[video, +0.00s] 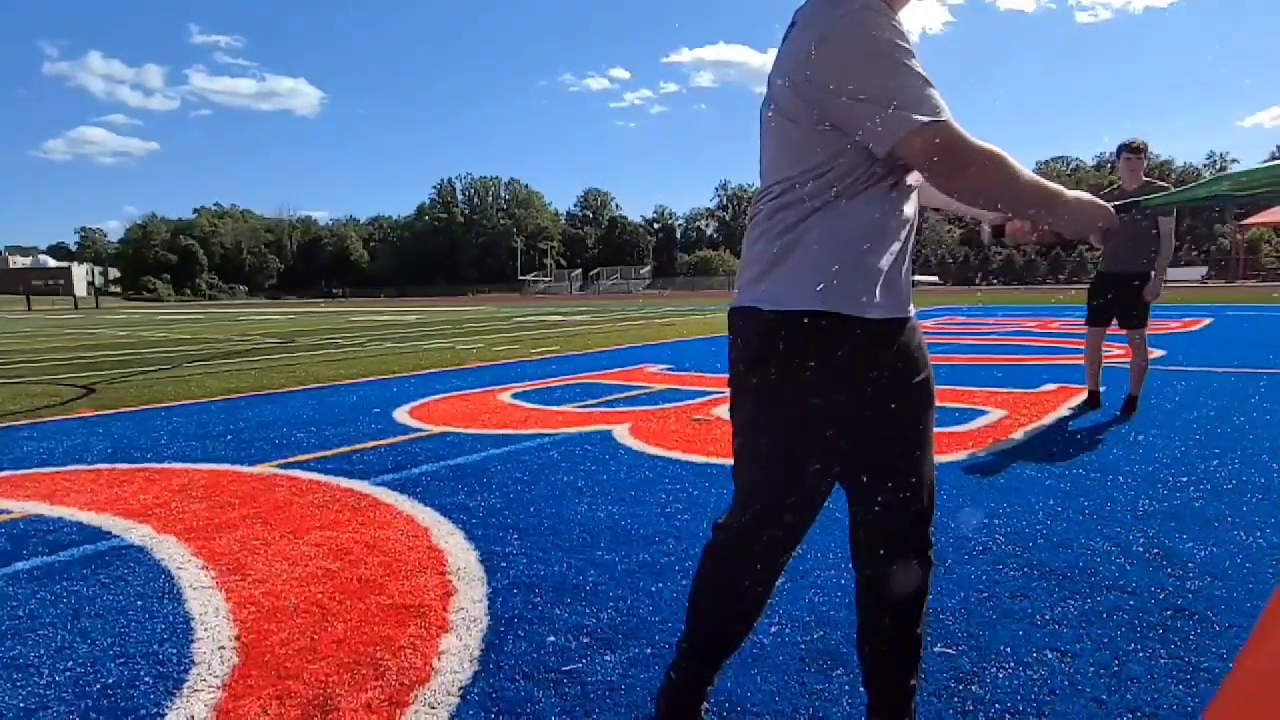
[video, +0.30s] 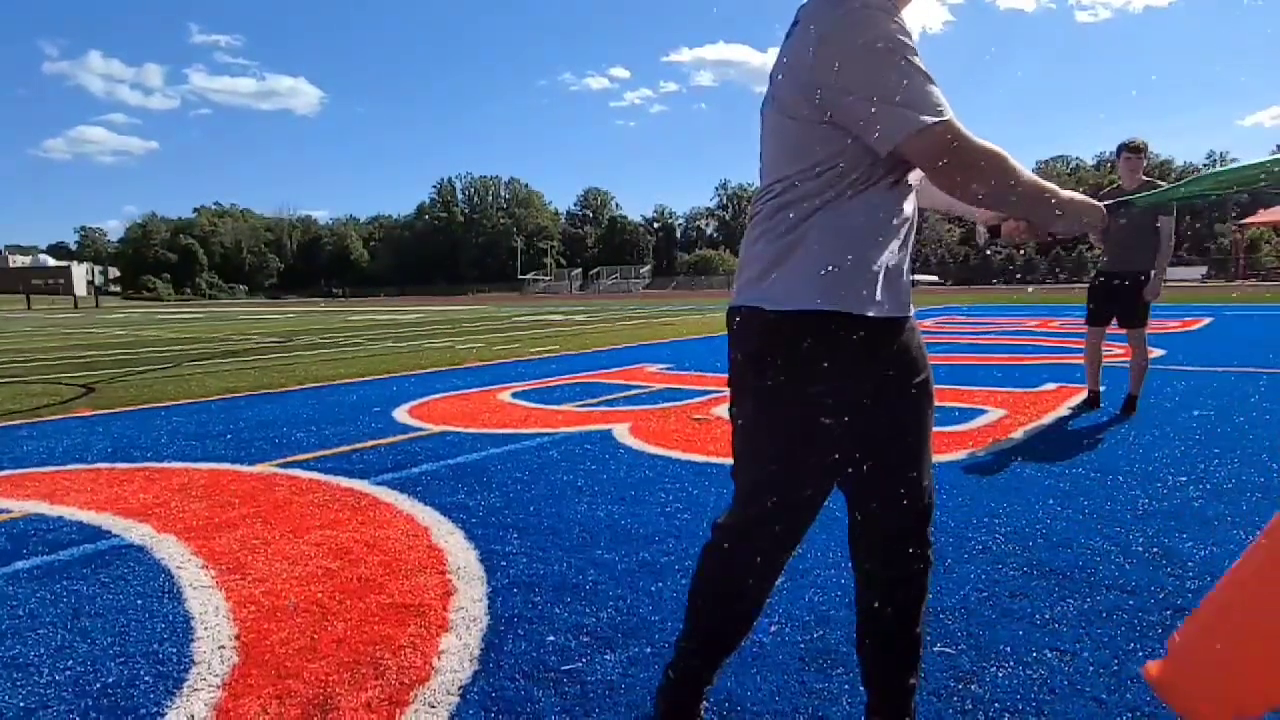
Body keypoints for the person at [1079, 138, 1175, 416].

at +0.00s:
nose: (1133, 164)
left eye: (1138, 159)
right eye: (1128, 159)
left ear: (1145, 162)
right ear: (1118, 163)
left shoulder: (1160, 193)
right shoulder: (1107, 197)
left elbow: (1167, 238)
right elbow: (1098, 241)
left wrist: (1157, 277)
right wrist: (1091, 221)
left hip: (1137, 277)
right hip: (1106, 275)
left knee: (1136, 340)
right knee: (1093, 337)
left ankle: (1132, 398)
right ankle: (1093, 395)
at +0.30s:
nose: (1133, 164)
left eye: (1138, 159)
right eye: (1128, 159)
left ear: (1145, 162)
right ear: (1118, 162)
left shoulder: (1160, 193)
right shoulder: (1106, 198)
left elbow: (1167, 238)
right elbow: (1099, 240)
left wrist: (1157, 277)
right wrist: (1093, 230)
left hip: (1137, 276)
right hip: (1106, 275)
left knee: (1136, 341)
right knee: (1093, 337)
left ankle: (1132, 397)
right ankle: (1093, 394)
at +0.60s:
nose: (1133, 163)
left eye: (1138, 158)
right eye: (1128, 158)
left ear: (1145, 162)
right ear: (1118, 162)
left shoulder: (1158, 193)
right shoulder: (1107, 197)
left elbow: (1167, 239)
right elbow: (1098, 241)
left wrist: (1157, 277)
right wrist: (1092, 224)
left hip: (1137, 275)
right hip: (1106, 274)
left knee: (1136, 339)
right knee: (1093, 335)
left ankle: (1132, 396)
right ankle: (1092, 391)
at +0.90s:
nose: (1132, 160)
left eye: (1137, 156)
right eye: (1127, 156)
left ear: (1144, 160)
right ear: (1117, 160)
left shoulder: (1157, 194)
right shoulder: (1107, 197)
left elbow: (1167, 240)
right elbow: (1098, 241)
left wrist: (1157, 276)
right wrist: (1093, 228)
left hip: (1137, 275)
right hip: (1105, 274)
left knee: (1136, 341)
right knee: (1093, 337)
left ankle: (1132, 397)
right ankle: (1092, 392)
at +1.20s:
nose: (1131, 161)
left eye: (1136, 157)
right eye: (1126, 157)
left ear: (1144, 161)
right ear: (1117, 161)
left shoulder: (1159, 194)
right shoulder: (1109, 195)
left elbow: (1167, 239)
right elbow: (1099, 240)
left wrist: (1157, 277)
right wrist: (1091, 227)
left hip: (1138, 273)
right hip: (1107, 272)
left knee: (1136, 337)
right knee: (1093, 333)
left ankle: (1136, 393)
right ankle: (1092, 391)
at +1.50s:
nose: (1131, 160)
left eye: (1136, 156)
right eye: (1126, 156)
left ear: (1144, 159)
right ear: (1117, 160)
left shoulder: (1159, 190)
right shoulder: (1108, 192)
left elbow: (1166, 236)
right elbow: (1099, 239)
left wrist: (1163, 272)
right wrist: (1090, 227)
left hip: (1137, 272)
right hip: (1106, 271)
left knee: (1136, 338)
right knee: (1093, 332)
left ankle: (1131, 395)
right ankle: (1093, 390)